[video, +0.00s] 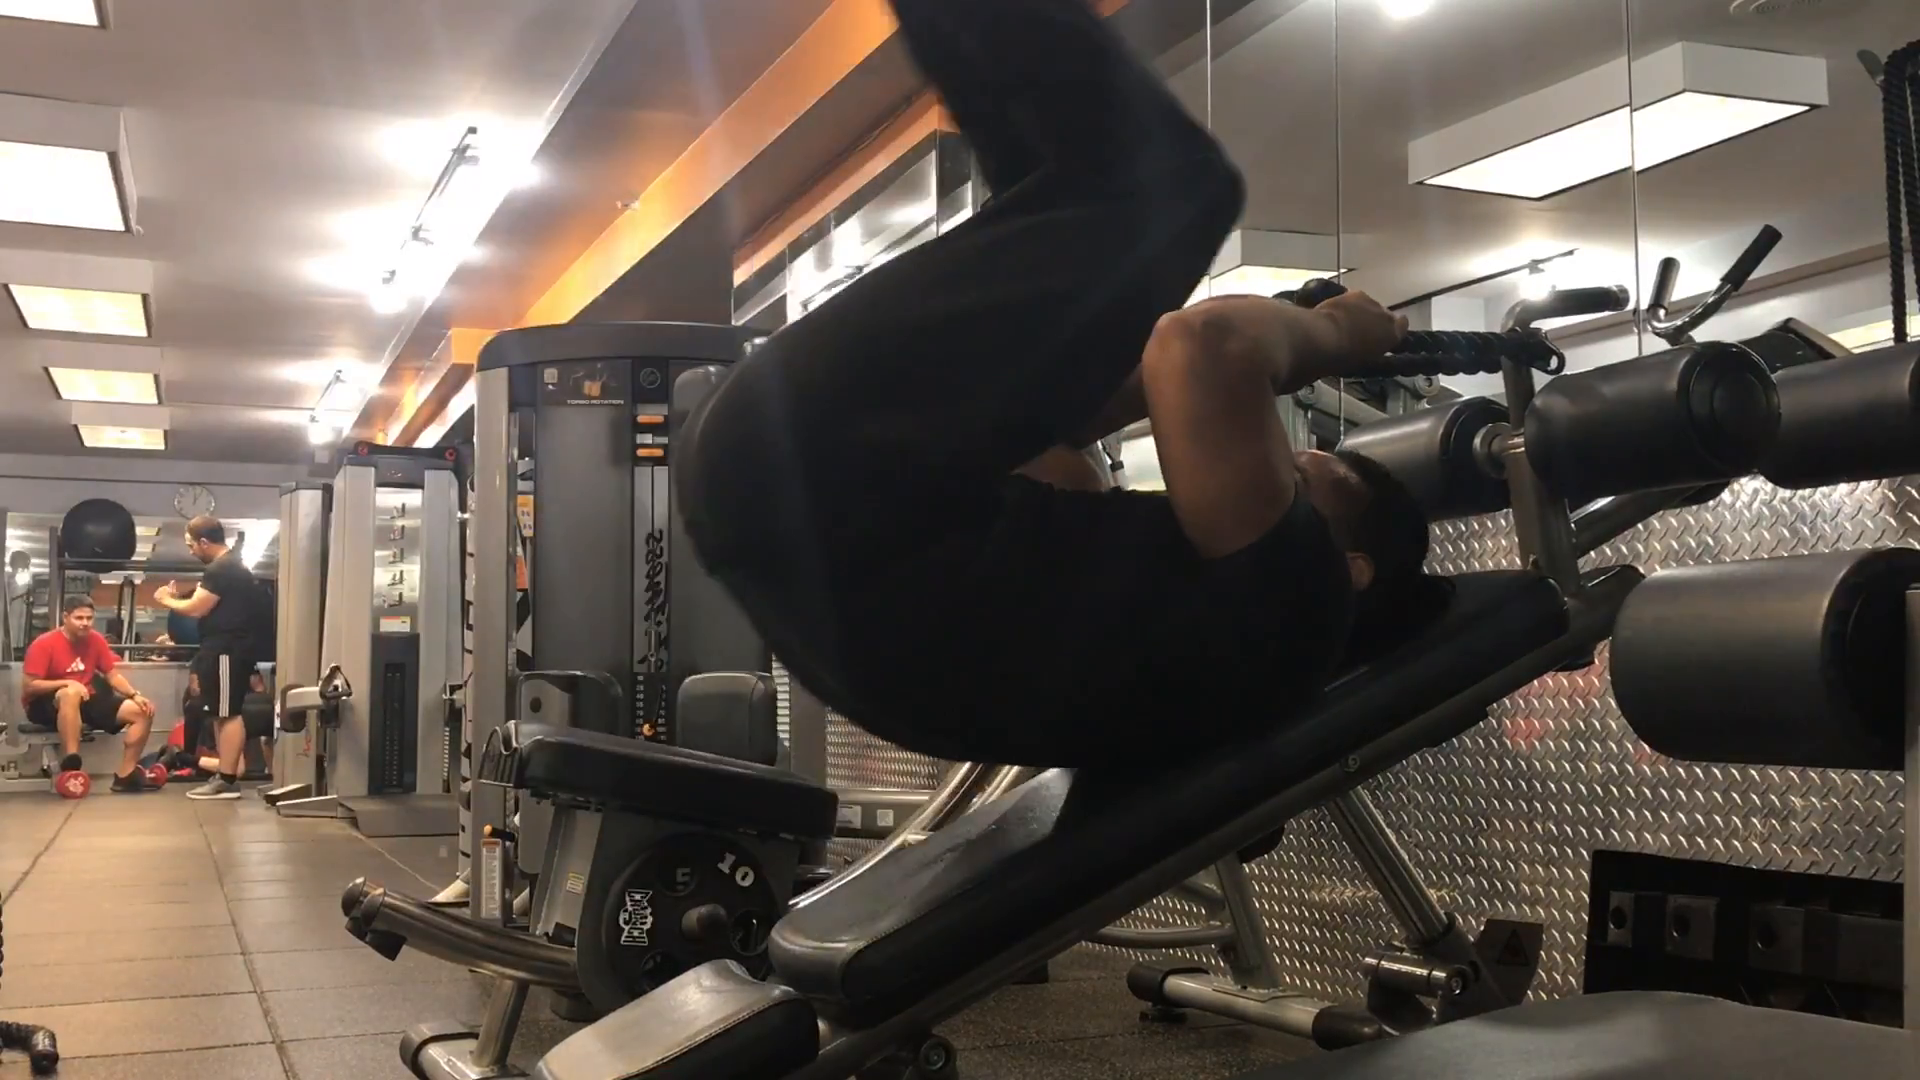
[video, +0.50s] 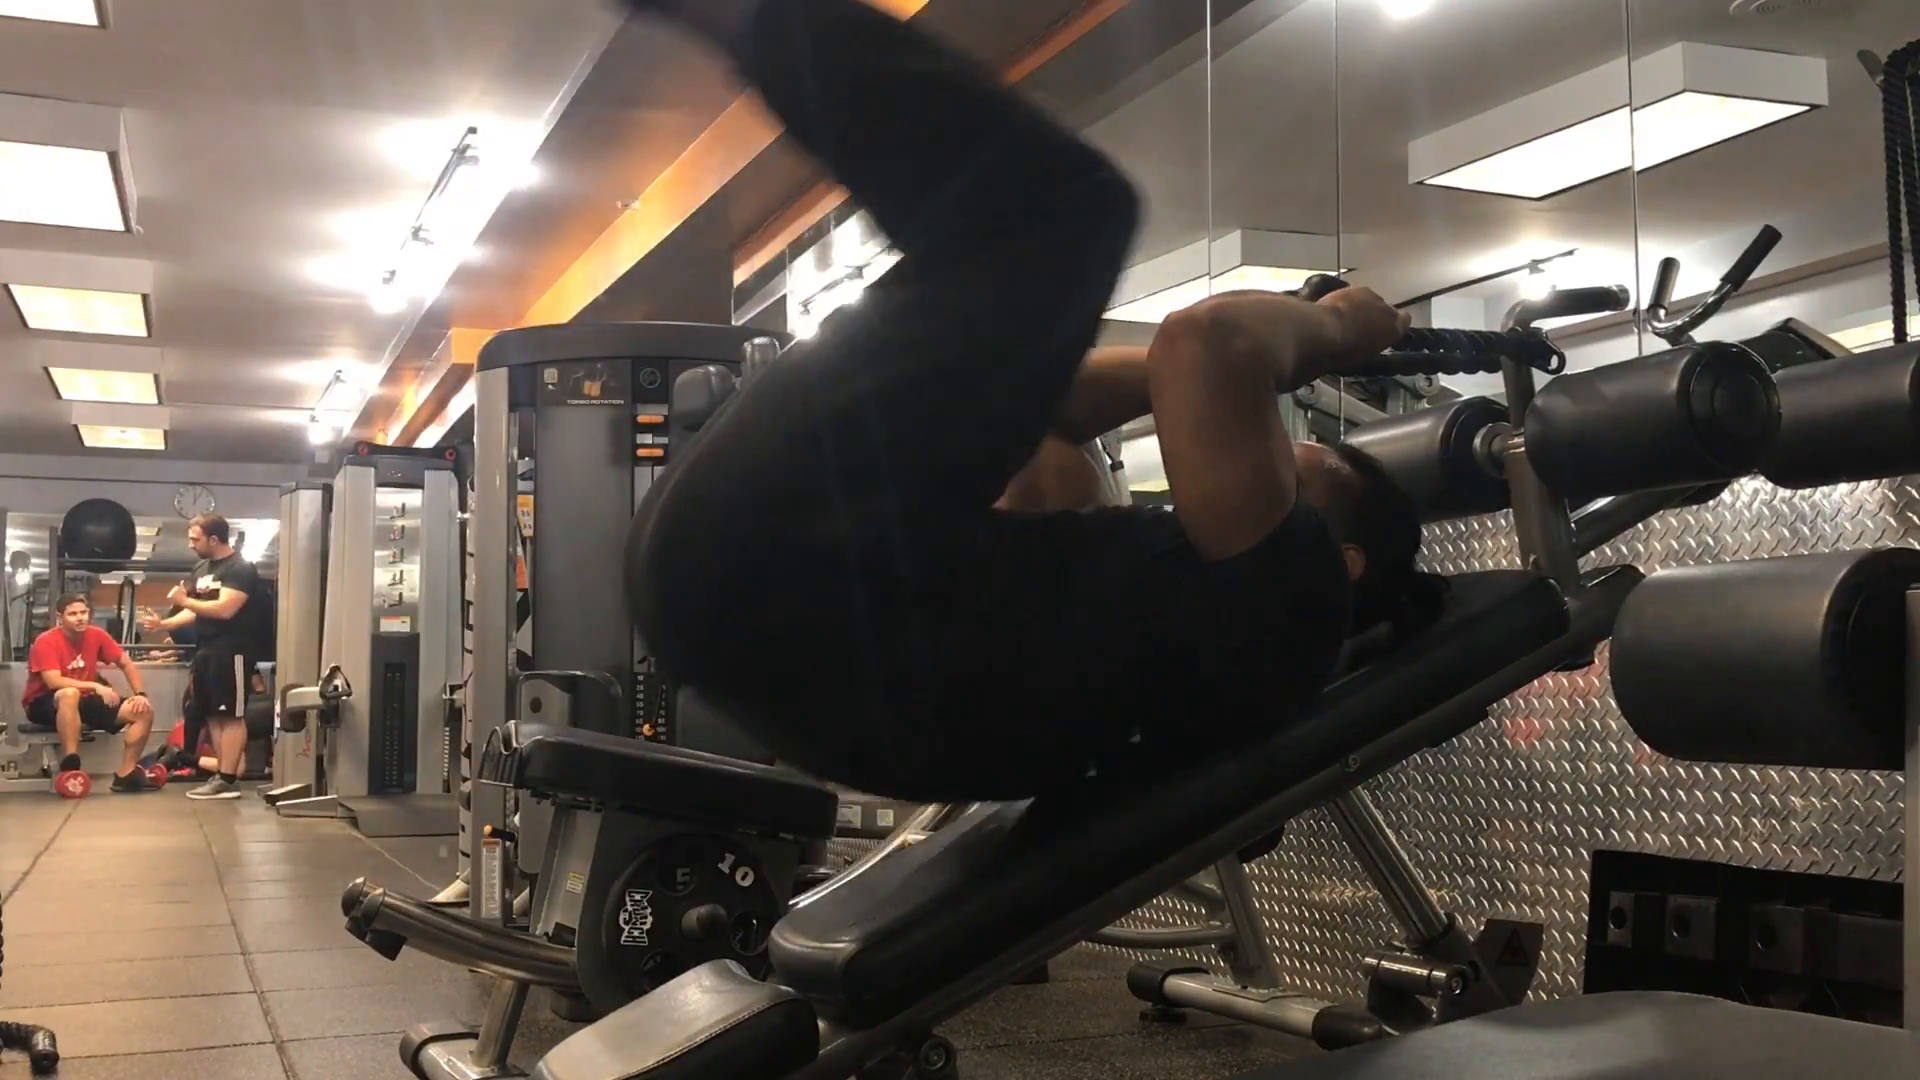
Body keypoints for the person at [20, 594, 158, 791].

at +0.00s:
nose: (85, 624)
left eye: (89, 619)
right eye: (79, 618)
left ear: (93, 619)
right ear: (65, 618)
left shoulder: (95, 640)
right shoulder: (44, 643)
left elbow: (112, 674)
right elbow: (29, 686)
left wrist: (135, 694)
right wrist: (68, 683)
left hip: (84, 702)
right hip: (44, 705)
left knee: (142, 712)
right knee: (70, 693)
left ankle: (126, 775)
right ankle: (72, 765)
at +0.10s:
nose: (84, 622)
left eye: (88, 617)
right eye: (78, 617)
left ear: (93, 618)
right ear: (65, 617)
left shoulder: (96, 640)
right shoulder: (44, 642)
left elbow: (113, 672)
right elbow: (32, 684)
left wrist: (135, 694)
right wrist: (70, 678)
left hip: (85, 702)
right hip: (44, 705)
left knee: (142, 712)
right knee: (71, 693)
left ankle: (126, 775)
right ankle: (72, 764)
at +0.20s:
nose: (83, 621)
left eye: (86, 615)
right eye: (76, 615)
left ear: (91, 617)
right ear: (63, 617)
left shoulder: (96, 638)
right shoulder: (45, 641)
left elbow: (116, 669)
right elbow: (38, 681)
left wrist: (134, 694)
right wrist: (78, 673)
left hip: (86, 702)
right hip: (44, 704)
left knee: (142, 711)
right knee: (72, 693)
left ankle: (125, 775)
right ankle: (72, 765)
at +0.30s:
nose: (81, 619)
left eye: (85, 614)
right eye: (75, 614)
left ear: (90, 615)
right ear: (61, 616)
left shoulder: (96, 637)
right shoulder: (45, 641)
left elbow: (119, 665)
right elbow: (47, 680)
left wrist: (135, 693)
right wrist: (88, 671)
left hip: (86, 702)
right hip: (44, 704)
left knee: (142, 712)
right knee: (71, 693)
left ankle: (125, 775)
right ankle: (72, 765)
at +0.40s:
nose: (80, 618)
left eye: (83, 613)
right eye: (73, 614)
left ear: (89, 614)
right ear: (60, 616)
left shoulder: (96, 636)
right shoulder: (45, 641)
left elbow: (123, 664)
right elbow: (53, 680)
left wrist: (137, 693)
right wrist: (95, 678)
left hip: (85, 702)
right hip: (44, 703)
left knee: (143, 710)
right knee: (70, 693)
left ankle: (125, 775)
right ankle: (72, 764)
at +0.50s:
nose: (80, 618)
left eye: (84, 612)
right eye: (73, 614)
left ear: (89, 614)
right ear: (60, 617)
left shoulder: (96, 635)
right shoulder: (46, 641)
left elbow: (126, 663)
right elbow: (53, 681)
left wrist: (139, 693)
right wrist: (97, 687)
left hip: (84, 702)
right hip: (44, 704)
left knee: (143, 711)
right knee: (70, 694)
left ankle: (125, 775)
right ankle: (71, 765)